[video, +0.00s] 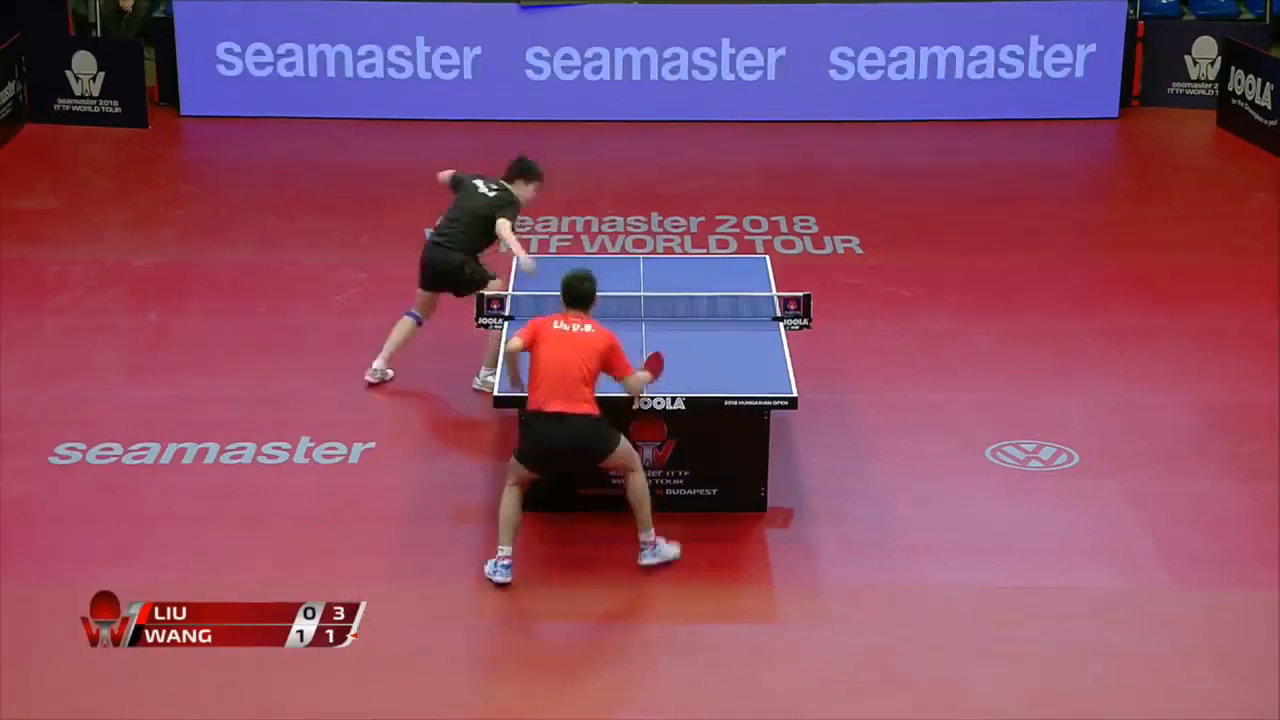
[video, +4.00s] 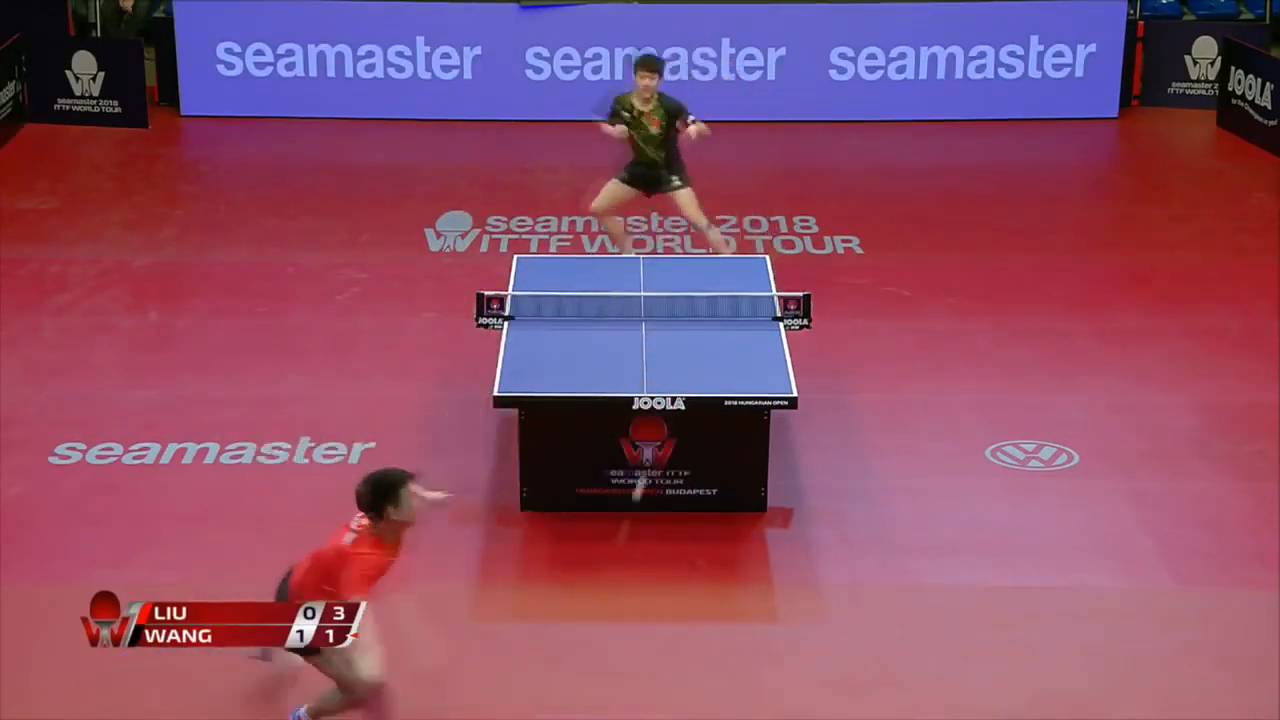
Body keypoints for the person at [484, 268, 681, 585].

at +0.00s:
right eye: (592, 297)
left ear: (562, 299)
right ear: (593, 301)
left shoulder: (540, 325)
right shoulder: (602, 336)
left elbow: (511, 347)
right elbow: (632, 386)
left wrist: (516, 382)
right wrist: (644, 375)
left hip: (540, 425)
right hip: (585, 425)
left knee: (515, 483)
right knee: (632, 466)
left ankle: (503, 561)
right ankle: (649, 544)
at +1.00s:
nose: (610, 306)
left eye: (612, 302)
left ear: (614, 306)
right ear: (645, 308)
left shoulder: (607, 335)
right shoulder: (665, 341)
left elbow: (610, 370)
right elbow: (690, 382)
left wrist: (573, 408)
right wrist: (658, 368)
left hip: (625, 434)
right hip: (668, 432)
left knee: (564, 488)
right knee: (684, 466)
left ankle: (538, 564)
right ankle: (720, 538)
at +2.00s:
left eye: (528, 361)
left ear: (526, 365)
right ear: (560, 365)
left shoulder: (514, 401)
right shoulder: (583, 397)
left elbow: (503, 421)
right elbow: (614, 431)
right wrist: (590, 447)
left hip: (555, 506)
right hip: (601, 502)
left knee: (484, 528)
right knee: (627, 497)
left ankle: (445, 609)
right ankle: (665, 560)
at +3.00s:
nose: (469, 335)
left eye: (459, 332)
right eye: (468, 332)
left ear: (433, 334)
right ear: (463, 335)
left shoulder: (413, 375)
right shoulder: (480, 369)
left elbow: (373, 418)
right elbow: (505, 372)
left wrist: (345, 424)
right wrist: (497, 360)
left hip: (425, 484)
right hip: (471, 485)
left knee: (378, 499)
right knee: (534, 538)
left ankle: (366, 583)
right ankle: (597, 594)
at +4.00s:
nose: (417, 500)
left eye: (413, 492)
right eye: (409, 497)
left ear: (391, 511)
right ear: (390, 512)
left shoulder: (381, 516)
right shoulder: (367, 557)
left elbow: (401, 486)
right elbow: (358, 611)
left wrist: (427, 496)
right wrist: (370, 654)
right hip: (299, 609)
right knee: (364, 685)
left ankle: (270, 642)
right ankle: (305, 714)